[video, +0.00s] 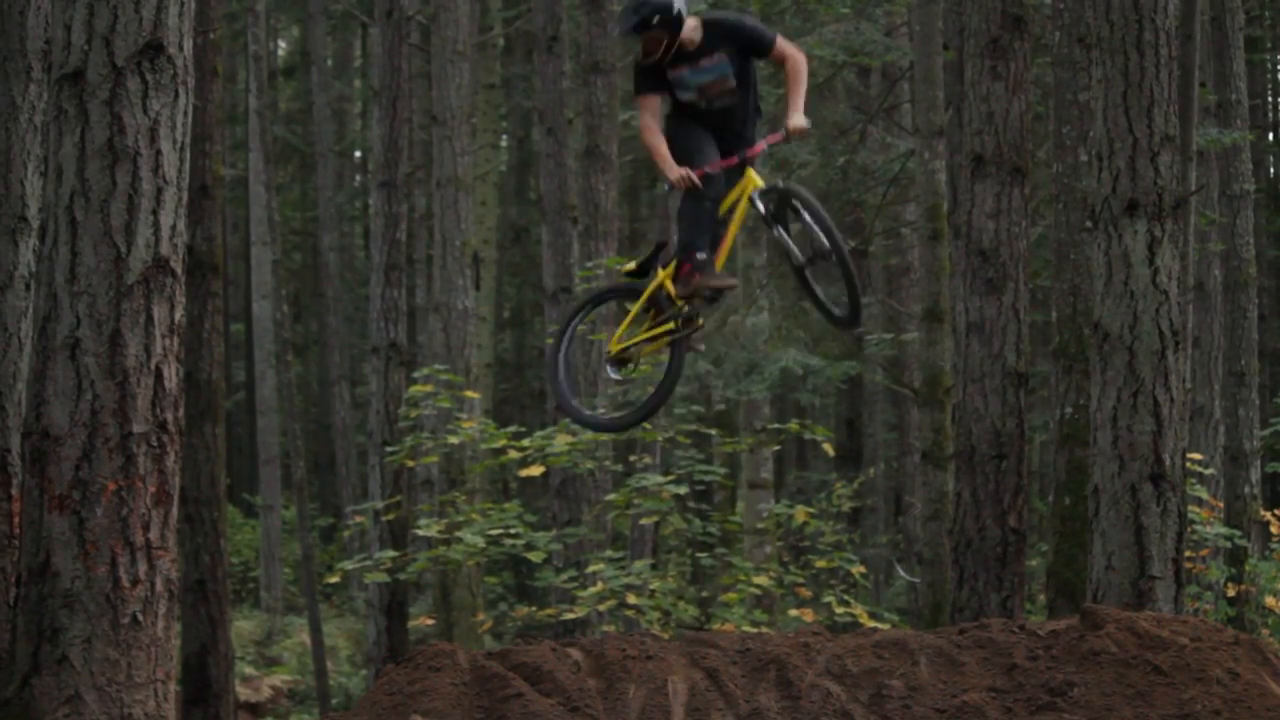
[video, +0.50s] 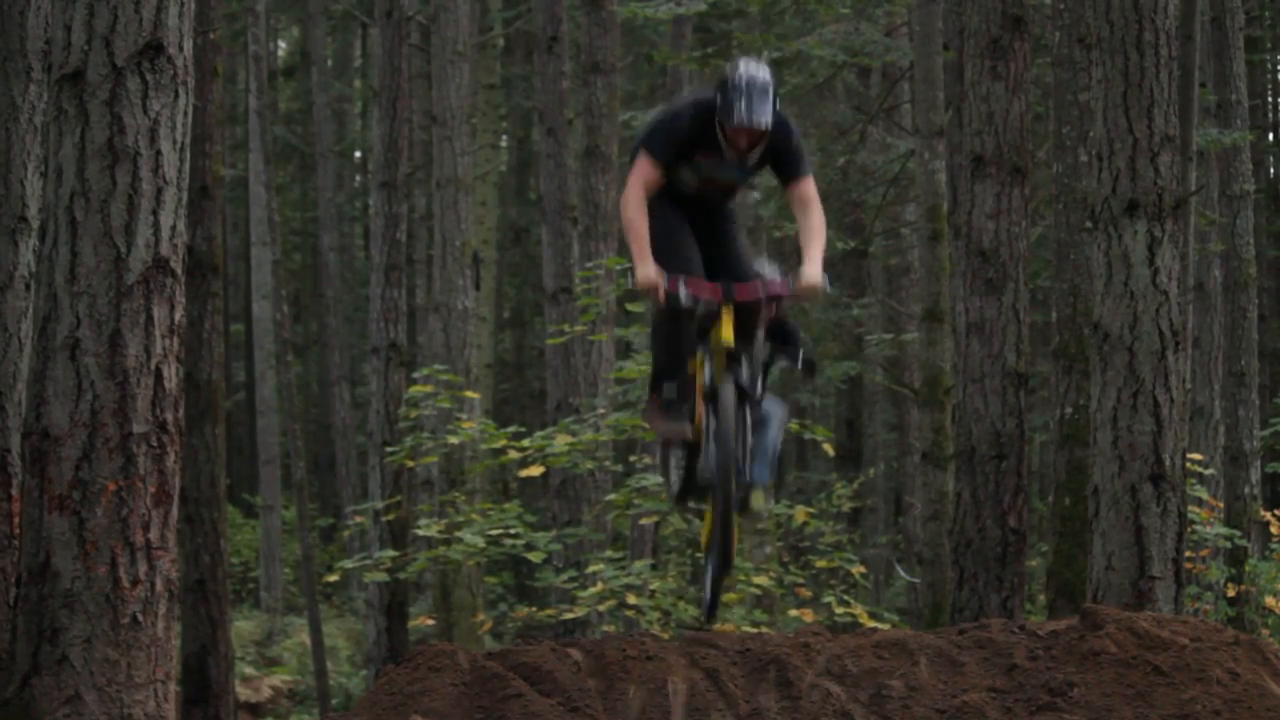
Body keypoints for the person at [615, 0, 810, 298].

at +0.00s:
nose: (645, 46)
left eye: (649, 37)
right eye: (641, 38)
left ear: (667, 26)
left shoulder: (731, 30)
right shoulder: (652, 61)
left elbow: (794, 58)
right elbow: (648, 121)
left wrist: (796, 113)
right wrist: (670, 168)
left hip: (738, 132)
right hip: (690, 132)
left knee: (723, 212)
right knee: (706, 178)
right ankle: (695, 267)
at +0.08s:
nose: (669, 20)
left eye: (676, 11)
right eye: (662, 13)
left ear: (698, 3)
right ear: (654, 10)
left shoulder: (739, 9)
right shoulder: (650, 33)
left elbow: (801, 37)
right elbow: (641, 95)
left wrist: (791, 83)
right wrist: (660, 147)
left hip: (733, 107)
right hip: (684, 108)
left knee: (719, 197)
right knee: (701, 159)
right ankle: (687, 249)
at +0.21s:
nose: (714, 9)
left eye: (721, 5)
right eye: (707, 5)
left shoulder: (763, 5)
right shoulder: (667, 5)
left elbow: (813, 56)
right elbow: (629, 63)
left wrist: (794, 79)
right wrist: (640, 112)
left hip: (719, 87)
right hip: (669, 85)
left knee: (735, 177)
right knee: (684, 140)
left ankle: (727, 277)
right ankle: (673, 236)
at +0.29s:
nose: (732, 27)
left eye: (741, 20)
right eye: (726, 18)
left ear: (756, 13)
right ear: (710, 9)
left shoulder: (770, 28)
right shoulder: (677, 13)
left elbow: (813, 93)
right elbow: (626, 69)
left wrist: (797, 113)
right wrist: (634, 117)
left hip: (710, 100)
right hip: (661, 94)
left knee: (746, 173)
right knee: (678, 152)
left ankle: (746, 283)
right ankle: (670, 261)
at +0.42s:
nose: (743, 69)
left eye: (753, 60)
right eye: (737, 59)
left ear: (768, 52)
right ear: (722, 45)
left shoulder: (776, 68)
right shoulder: (687, 50)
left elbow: (808, 137)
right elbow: (629, 108)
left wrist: (800, 171)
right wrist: (634, 167)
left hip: (714, 141)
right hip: (664, 135)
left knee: (749, 214)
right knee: (679, 204)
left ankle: (744, 323)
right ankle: (668, 311)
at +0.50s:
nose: (746, 140)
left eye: (755, 131)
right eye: (739, 130)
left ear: (770, 119)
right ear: (722, 112)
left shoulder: (778, 133)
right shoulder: (683, 122)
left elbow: (807, 203)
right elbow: (634, 190)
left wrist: (812, 266)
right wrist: (644, 263)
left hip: (715, 208)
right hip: (666, 203)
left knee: (749, 295)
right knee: (682, 286)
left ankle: (741, 383)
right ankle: (665, 396)